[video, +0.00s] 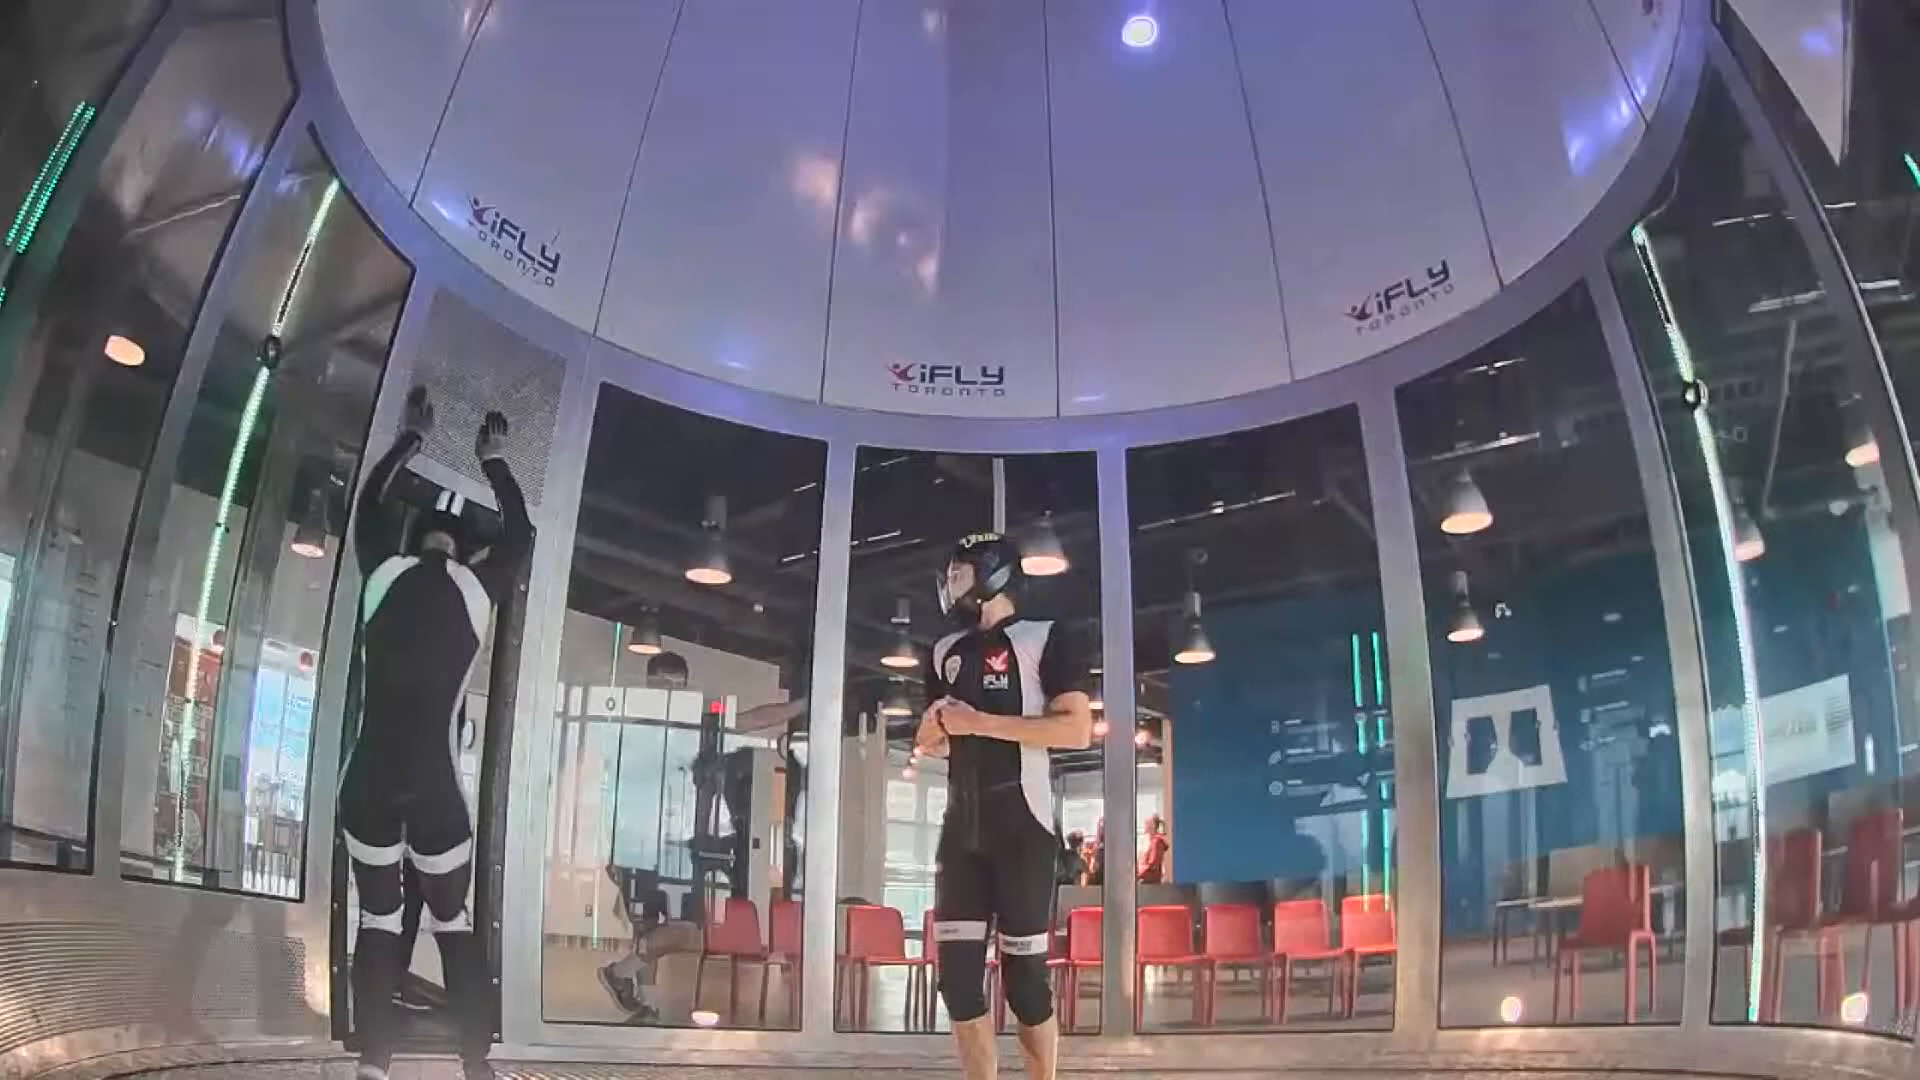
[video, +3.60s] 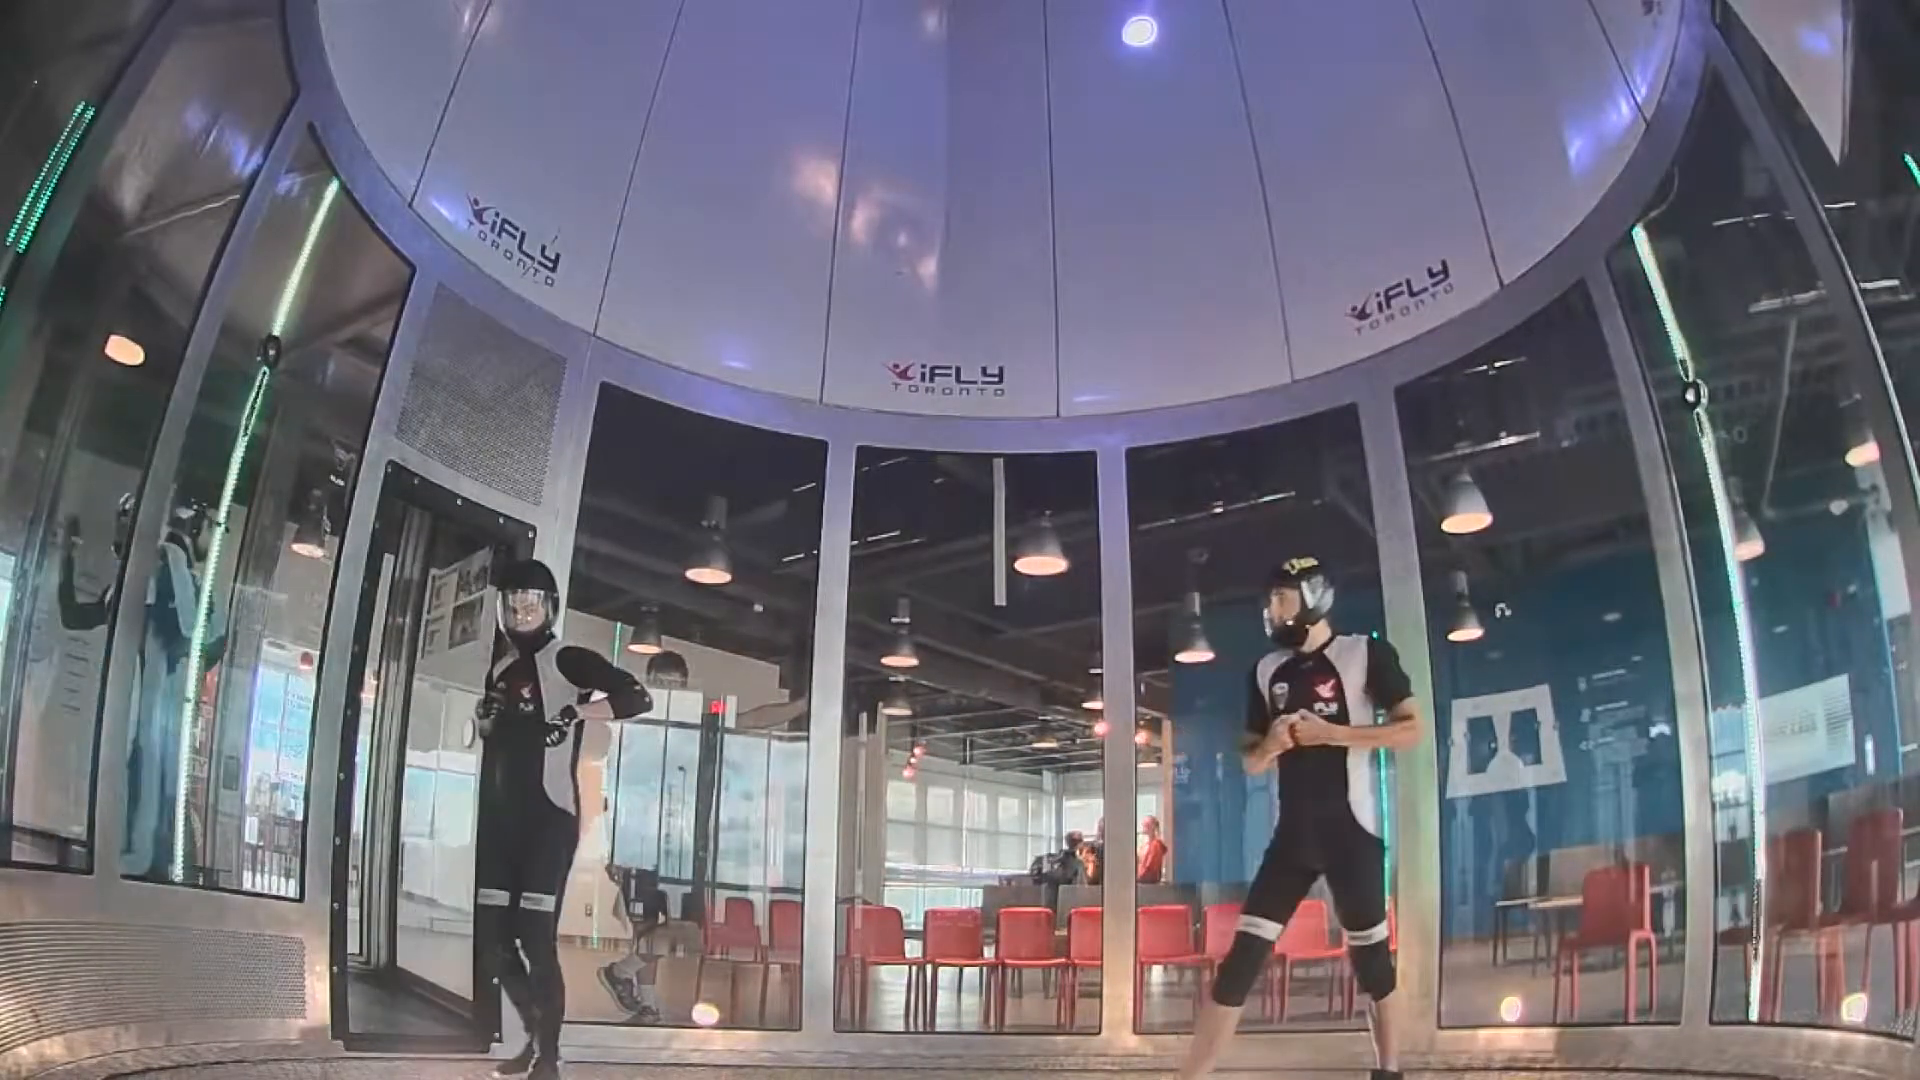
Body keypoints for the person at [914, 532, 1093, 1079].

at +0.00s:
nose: (952, 585)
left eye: (962, 573)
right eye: (950, 575)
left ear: (997, 576)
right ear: (960, 583)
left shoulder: (1049, 639)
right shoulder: (944, 652)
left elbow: (1077, 730)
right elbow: (929, 743)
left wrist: (981, 722)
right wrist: (932, 732)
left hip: (1026, 827)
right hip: (962, 827)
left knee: (1025, 979)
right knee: (957, 979)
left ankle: (1042, 1076)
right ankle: (982, 1076)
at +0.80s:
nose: (1004, 580)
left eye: (1014, 569)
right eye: (999, 570)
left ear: (1049, 569)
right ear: (996, 577)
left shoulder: (1091, 630)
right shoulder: (1004, 651)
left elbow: (1112, 720)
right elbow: (998, 750)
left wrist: (1020, 720)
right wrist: (980, 730)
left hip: (1064, 822)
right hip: (1007, 821)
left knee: (1079, 975)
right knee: (988, 974)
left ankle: (1140, 1072)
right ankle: (996, 1078)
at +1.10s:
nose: (1072, 583)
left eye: (1084, 571)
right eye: (1063, 573)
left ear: (1109, 577)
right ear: (1053, 583)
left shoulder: (1138, 634)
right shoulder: (1048, 660)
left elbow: (1170, 722)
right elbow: (1052, 760)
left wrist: (1070, 726)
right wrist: (1029, 735)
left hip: (1125, 832)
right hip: (1065, 835)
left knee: (1168, 978)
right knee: (1020, 976)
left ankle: (1237, 1076)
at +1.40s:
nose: (1139, 582)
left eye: (1148, 568)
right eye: (1129, 572)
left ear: (1176, 569)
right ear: (1120, 584)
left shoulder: (1216, 627)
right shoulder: (1119, 657)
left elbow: (1271, 710)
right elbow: (1120, 760)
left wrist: (1176, 731)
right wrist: (1121, 740)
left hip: (1217, 827)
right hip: (1156, 829)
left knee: (1231, 972)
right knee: (1084, 966)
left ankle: (1256, 1078)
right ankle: (1051, 1078)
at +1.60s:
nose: (1165, 573)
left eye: (1176, 561)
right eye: (1156, 564)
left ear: (1203, 564)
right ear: (1147, 574)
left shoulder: (1235, 618)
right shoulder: (1148, 646)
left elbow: (1285, 698)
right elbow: (1148, 748)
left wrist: (1187, 714)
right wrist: (1138, 729)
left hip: (1227, 816)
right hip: (1171, 817)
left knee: (1234, 966)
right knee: (1120, 960)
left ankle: (1257, 1076)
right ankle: (1119, 1075)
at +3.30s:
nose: (1213, 595)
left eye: (1222, 584)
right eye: (1211, 586)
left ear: (1253, 586)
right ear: (1218, 594)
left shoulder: (1292, 645)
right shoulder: (1212, 662)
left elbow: (1329, 732)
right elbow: (1190, 749)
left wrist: (1240, 733)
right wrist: (1193, 741)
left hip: (1267, 823)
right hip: (1212, 824)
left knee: (1280, 965)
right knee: (1195, 962)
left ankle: (1339, 1068)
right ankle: (1183, 1076)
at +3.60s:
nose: (1274, 609)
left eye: (1284, 598)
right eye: (1272, 599)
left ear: (1315, 598)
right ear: (1272, 605)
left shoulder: (1367, 653)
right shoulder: (1268, 670)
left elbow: (1412, 729)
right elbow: (1251, 763)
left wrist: (1332, 733)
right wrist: (1271, 745)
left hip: (1354, 833)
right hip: (1293, 834)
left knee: (1373, 962)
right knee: (1242, 958)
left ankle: (1388, 1070)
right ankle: (1191, 1075)